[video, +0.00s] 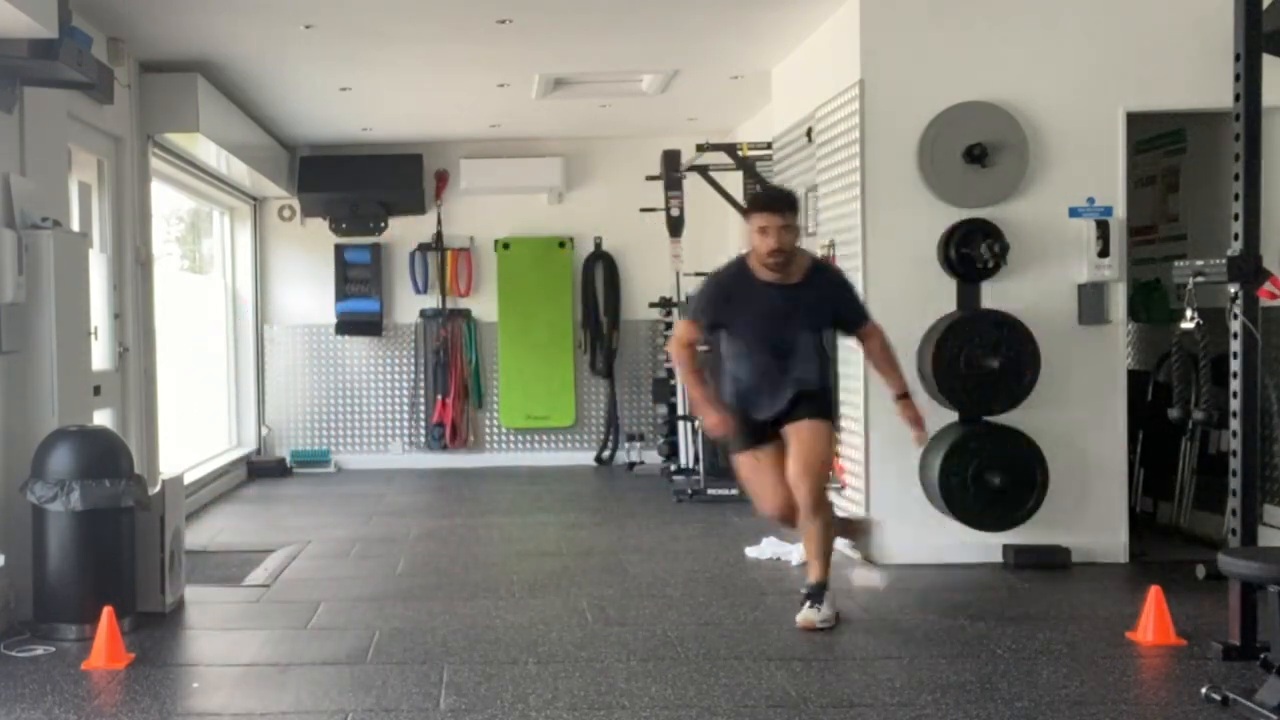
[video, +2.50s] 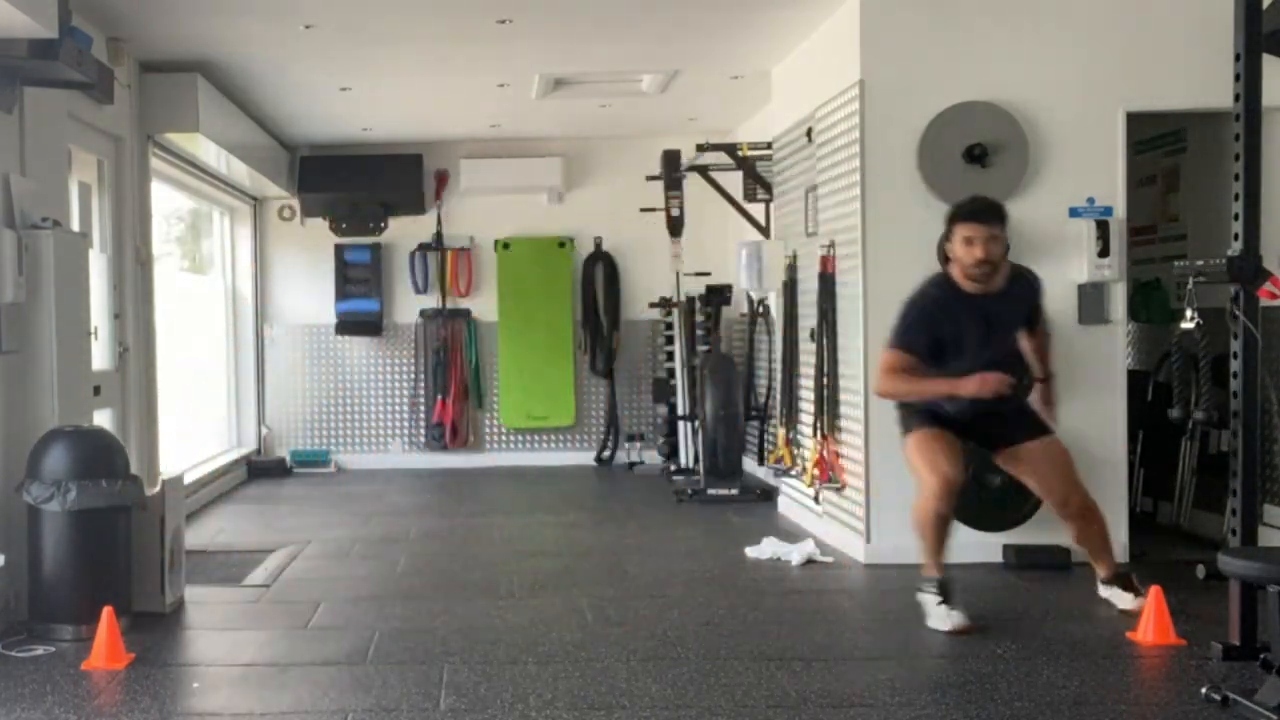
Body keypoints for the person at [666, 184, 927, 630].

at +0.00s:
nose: (774, 243)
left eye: (783, 231)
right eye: (763, 233)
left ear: (796, 230)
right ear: (749, 233)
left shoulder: (823, 280)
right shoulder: (726, 284)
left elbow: (869, 335)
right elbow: (680, 343)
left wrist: (903, 395)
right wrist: (706, 407)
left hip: (806, 398)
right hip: (746, 407)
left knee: (809, 494)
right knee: (777, 507)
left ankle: (816, 594)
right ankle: (849, 528)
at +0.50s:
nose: (422, 224)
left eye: (431, 213)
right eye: (411, 214)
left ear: (446, 213)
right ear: (398, 217)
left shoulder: (481, 272)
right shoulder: (387, 264)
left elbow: (524, 332)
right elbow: (342, 316)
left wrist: (548, 393)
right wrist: (342, 340)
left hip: (456, 391)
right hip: (408, 391)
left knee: (391, 482)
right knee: (399, 496)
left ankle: (350, 598)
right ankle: (503, 551)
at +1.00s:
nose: (185, 264)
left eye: (195, 252)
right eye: (174, 253)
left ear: (212, 249)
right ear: (162, 253)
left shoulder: (258, 297)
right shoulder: (157, 308)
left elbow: (312, 348)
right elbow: (143, 366)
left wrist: (325, 416)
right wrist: (139, 411)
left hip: (267, 401)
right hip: (203, 402)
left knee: (252, 494)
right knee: (163, 491)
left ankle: (294, 580)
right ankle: (151, 599)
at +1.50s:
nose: (307, 248)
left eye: (317, 236)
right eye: (297, 236)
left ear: (336, 237)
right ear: (285, 239)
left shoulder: (372, 287)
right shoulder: (264, 287)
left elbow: (433, 318)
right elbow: (218, 321)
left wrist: (456, 366)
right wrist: (190, 384)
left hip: (330, 420)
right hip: (275, 400)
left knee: (293, 514)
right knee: (265, 473)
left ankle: (240, 589)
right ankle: (198, 556)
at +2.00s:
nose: (676, 213)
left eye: (681, 202)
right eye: (665, 203)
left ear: (685, 204)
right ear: (638, 206)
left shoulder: (689, 259)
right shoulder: (599, 257)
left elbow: (725, 303)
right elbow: (524, 308)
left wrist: (751, 329)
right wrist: (511, 379)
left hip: (641, 386)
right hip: (587, 380)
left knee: (637, 500)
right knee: (604, 479)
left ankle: (587, 592)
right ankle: (523, 562)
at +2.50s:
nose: (981, 253)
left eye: (991, 241)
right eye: (969, 242)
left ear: (1006, 244)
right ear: (949, 248)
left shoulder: (1023, 286)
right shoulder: (930, 301)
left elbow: (1035, 330)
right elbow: (887, 381)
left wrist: (1044, 379)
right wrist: (962, 384)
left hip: (1001, 403)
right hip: (933, 411)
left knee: (1073, 500)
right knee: (942, 478)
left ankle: (1109, 577)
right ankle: (933, 586)